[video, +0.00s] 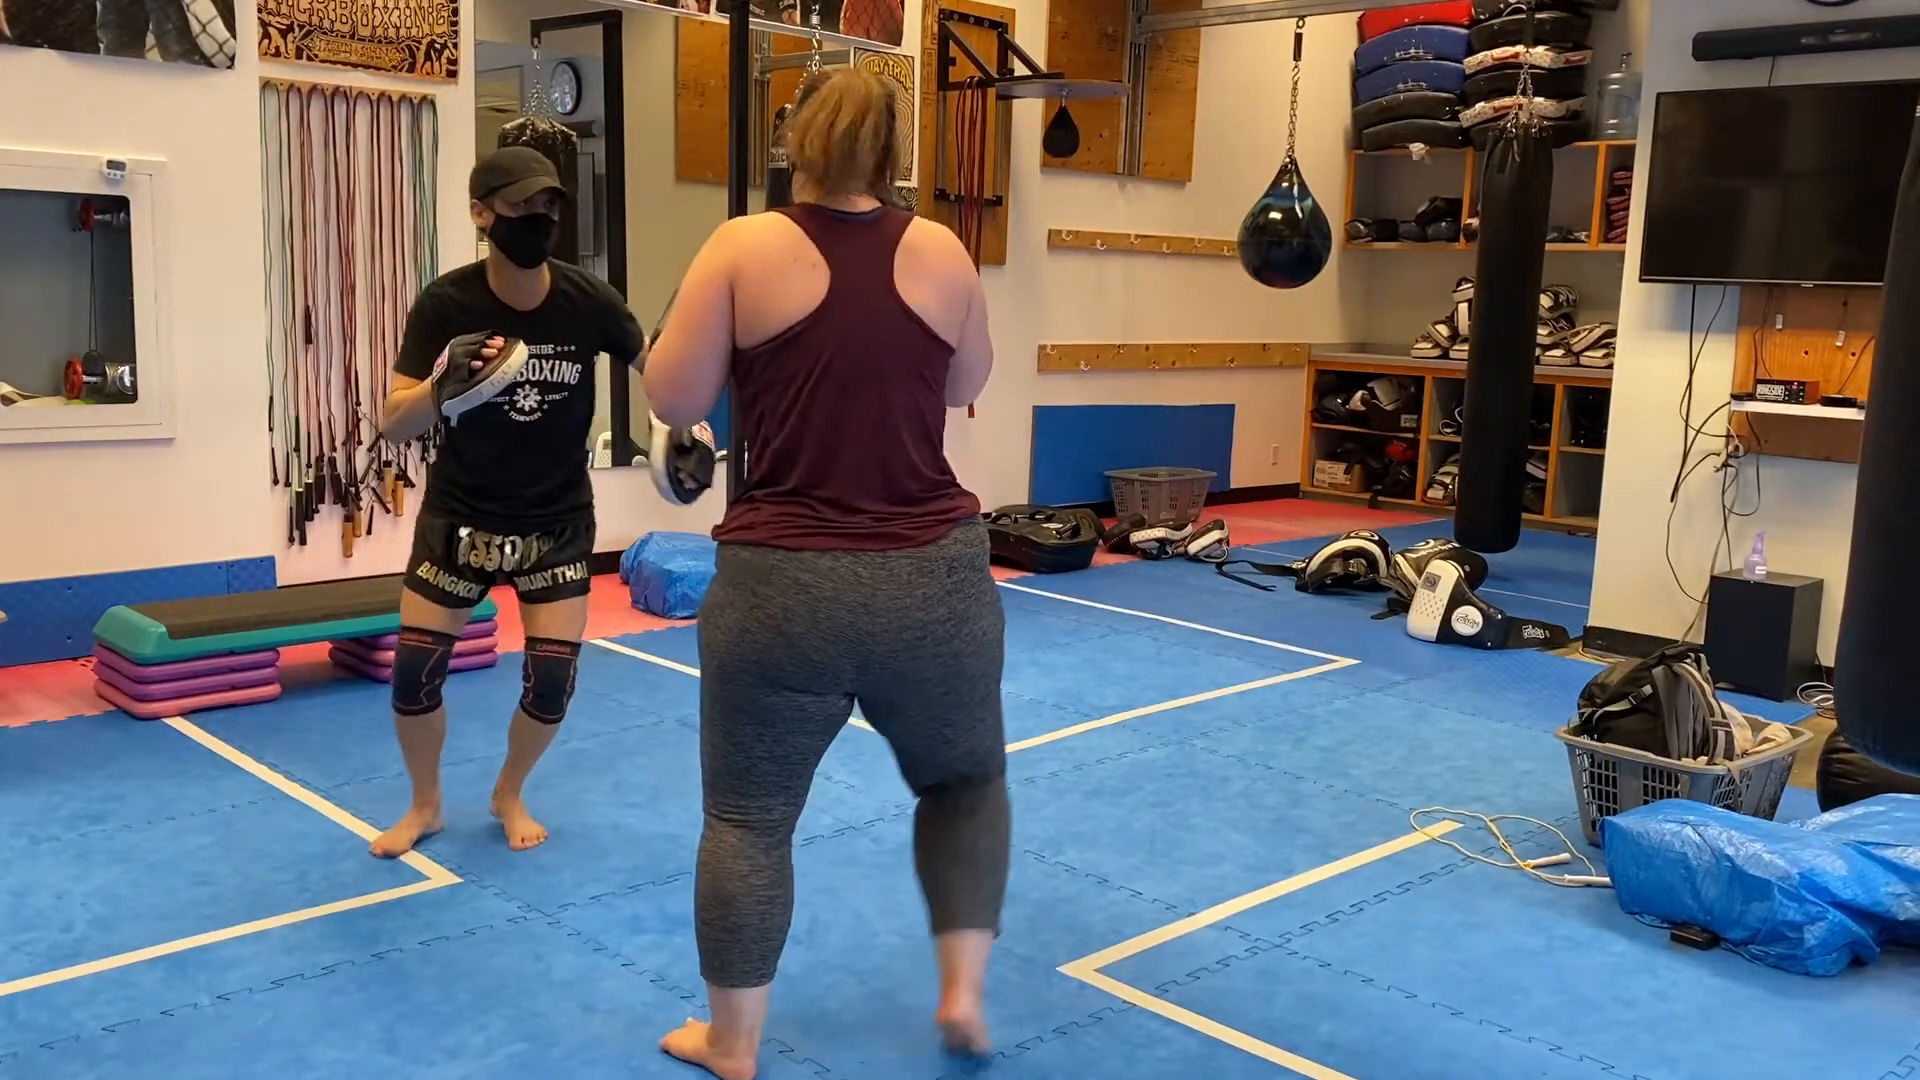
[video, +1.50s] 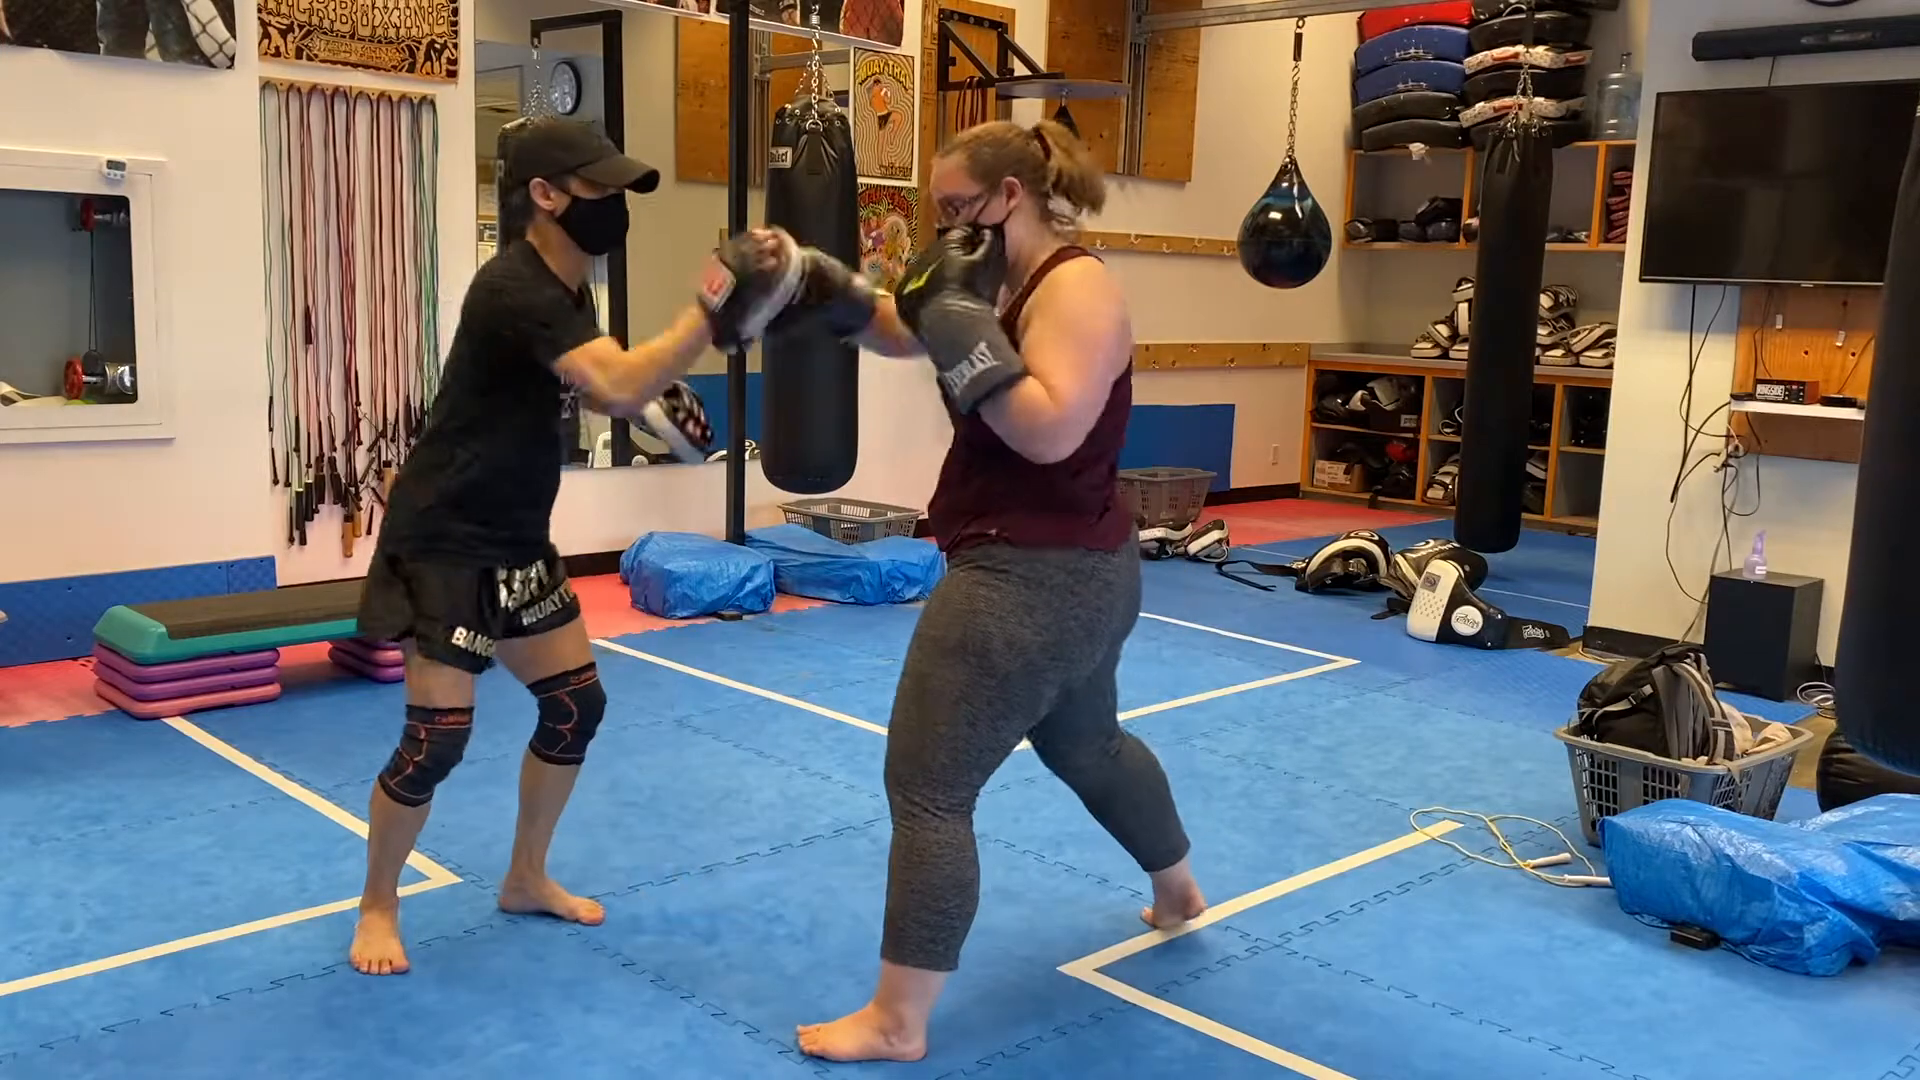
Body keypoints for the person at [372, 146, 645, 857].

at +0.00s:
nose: (538, 217)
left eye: (547, 202)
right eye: (521, 204)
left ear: (561, 209)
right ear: (482, 212)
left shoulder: (590, 303)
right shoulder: (446, 303)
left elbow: (660, 369)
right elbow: (395, 420)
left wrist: (686, 429)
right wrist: (445, 384)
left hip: (556, 516)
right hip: (459, 511)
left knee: (553, 685)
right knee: (415, 673)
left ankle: (509, 791)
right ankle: (425, 805)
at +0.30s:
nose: (552, 236)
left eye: (557, 222)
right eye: (533, 224)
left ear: (564, 225)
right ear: (486, 234)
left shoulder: (582, 318)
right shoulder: (445, 324)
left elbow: (658, 369)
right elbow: (400, 446)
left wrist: (723, 405)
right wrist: (477, 405)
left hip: (554, 530)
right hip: (454, 537)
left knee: (631, 667)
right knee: (410, 707)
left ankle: (670, 833)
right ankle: (424, 811)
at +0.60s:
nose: (689, 257)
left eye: (693, 243)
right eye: (671, 245)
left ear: (699, 246)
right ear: (622, 254)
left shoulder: (712, 344)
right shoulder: (575, 343)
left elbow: (776, 376)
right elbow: (514, 454)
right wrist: (605, 420)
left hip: (653, 554)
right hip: (554, 559)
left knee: (745, 687)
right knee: (487, 718)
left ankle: (759, 858)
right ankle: (425, 806)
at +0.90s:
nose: (728, 263)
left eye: (730, 249)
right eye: (709, 252)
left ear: (736, 248)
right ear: (657, 258)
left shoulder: (750, 329)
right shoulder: (606, 348)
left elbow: (847, 325)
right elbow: (528, 462)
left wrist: (928, 297)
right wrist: (610, 437)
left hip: (696, 569)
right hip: (591, 570)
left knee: (783, 700)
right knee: (504, 724)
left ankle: (765, 858)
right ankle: (409, 868)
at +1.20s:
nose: (624, 224)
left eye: (623, 210)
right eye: (607, 211)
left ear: (571, 216)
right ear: (554, 215)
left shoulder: (627, 298)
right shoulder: (486, 312)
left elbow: (753, 339)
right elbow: (454, 444)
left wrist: (736, 343)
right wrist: (519, 352)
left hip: (584, 538)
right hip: (484, 543)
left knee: (681, 699)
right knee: (446, 732)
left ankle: (709, 858)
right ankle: (380, 907)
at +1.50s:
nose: (616, 206)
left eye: (616, 192)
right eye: (600, 193)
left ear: (560, 197)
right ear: (547, 196)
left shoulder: (564, 283)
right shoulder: (513, 286)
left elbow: (607, 391)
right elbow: (619, 384)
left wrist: (657, 390)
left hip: (518, 534)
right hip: (443, 536)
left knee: (573, 703)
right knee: (436, 736)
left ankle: (527, 880)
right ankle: (378, 909)